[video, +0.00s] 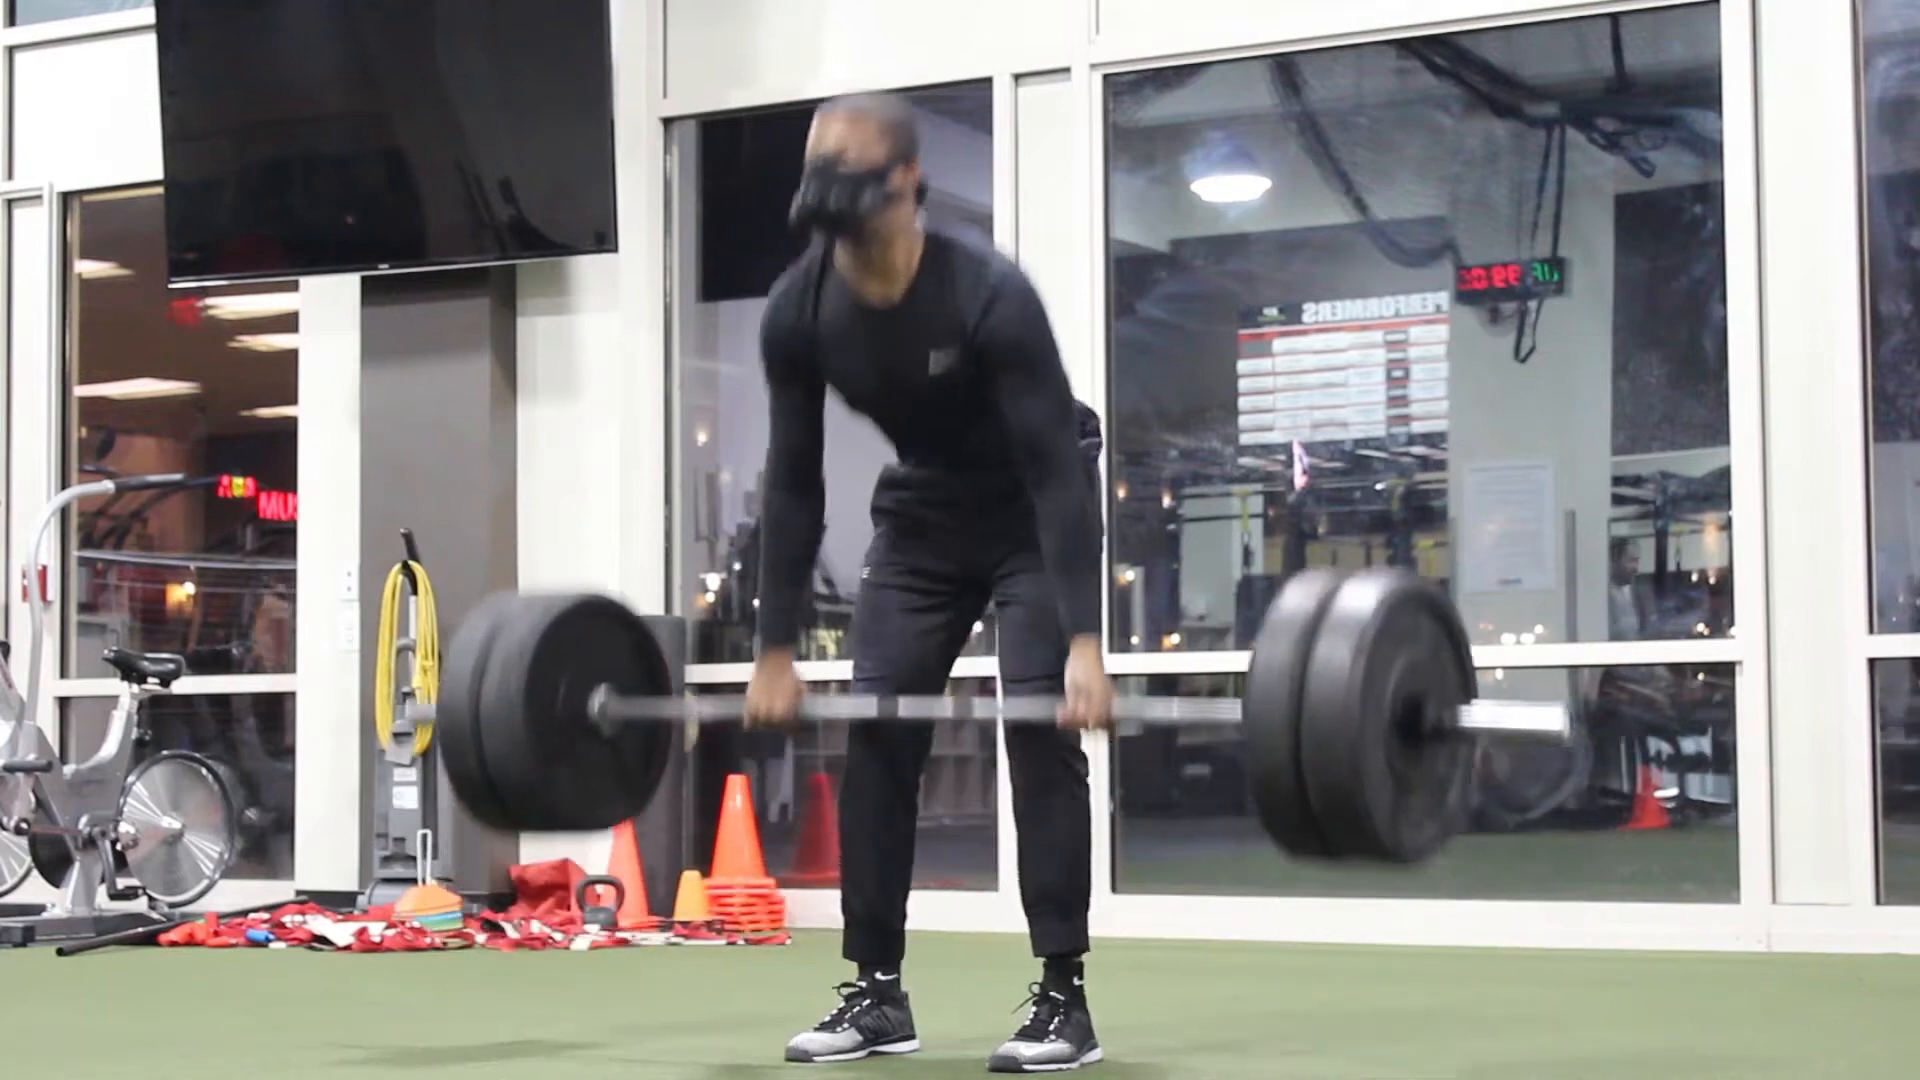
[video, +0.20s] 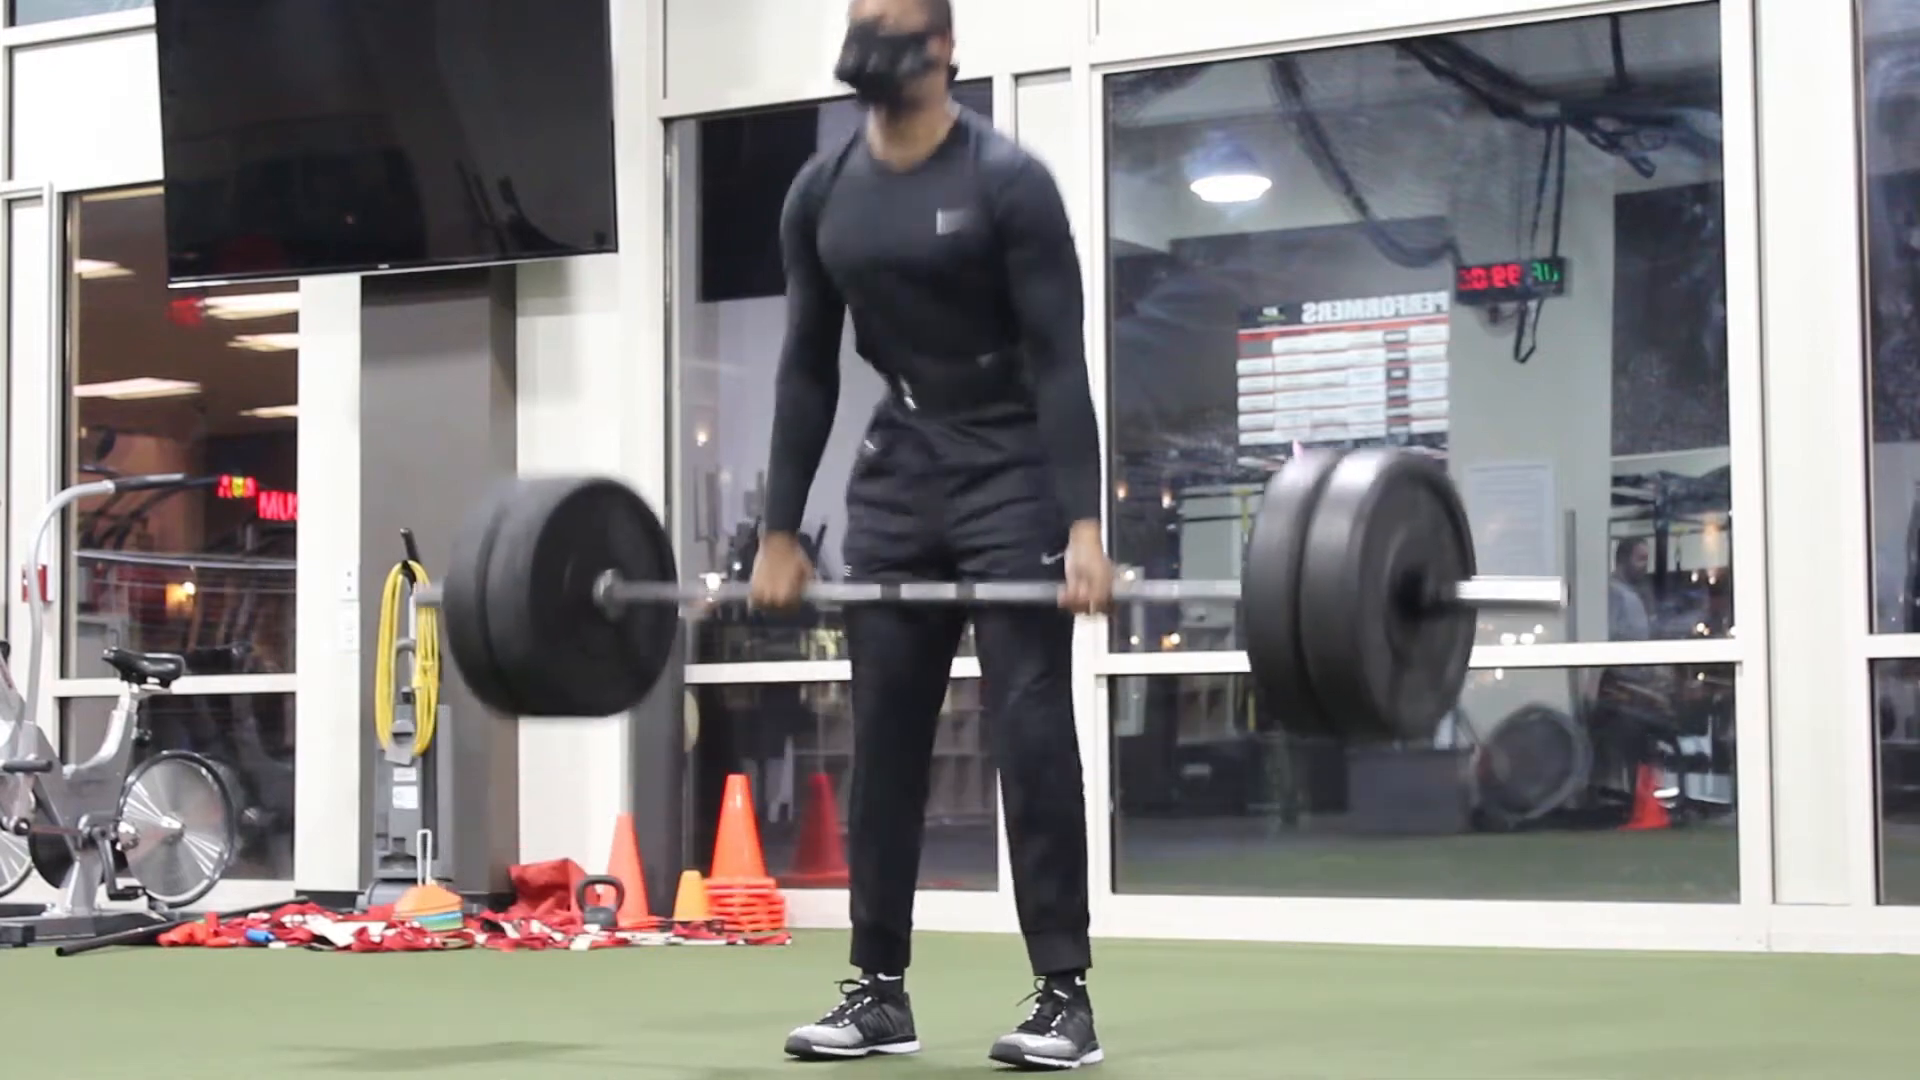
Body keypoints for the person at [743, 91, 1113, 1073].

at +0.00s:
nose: (822, 192)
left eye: (845, 175)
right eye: (813, 174)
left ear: (907, 179)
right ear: (804, 178)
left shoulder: (990, 294)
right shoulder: (798, 311)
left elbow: (1057, 464)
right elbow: (792, 478)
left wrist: (1084, 642)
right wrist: (777, 645)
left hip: (1040, 502)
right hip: (923, 506)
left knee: (1038, 726)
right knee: (878, 724)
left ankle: (1061, 999)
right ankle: (877, 993)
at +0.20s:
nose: (873, 30)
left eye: (896, 17)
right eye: (862, 18)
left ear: (946, 46)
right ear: (846, 51)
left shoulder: (1011, 181)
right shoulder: (820, 193)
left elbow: (1060, 359)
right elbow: (807, 367)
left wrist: (1085, 520)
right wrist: (781, 525)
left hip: (1016, 467)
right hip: (898, 465)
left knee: (1031, 734)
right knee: (885, 734)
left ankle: (1062, 997)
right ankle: (879, 993)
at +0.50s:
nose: (882, 79)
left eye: (905, 62)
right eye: (868, 61)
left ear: (948, 75)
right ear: (848, 78)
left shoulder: (1015, 208)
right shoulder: (826, 218)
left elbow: (1051, 393)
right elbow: (802, 397)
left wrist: (1071, 558)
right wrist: (769, 559)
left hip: (1023, 492)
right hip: (905, 491)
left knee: (1020, 722)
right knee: (867, 726)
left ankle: (1060, 1002)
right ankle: (874, 997)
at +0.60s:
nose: (850, 145)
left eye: (871, 129)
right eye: (840, 127)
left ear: (927, 133)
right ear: (829, 134)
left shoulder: (1002, 261)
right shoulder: (813, 273)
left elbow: (1050, 448)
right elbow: (793, 448)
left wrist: (1071, 621)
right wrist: (766, 618)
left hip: (1040, 496)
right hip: (926, 504)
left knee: (1044, 717)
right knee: (877, 716)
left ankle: (1064, 998)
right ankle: (874, 994)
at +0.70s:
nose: (822, 217)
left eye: (846, 200)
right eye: (815, 198)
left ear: (909, 208)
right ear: (806, 203)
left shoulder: (993, 326)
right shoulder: (804, 345)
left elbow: (1049, 514)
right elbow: (788, 518)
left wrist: (1067, 691)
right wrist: (757, 688)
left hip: (1054, 512)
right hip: (938, 524)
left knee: (1053, 740)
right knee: (859, 724)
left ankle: (1064, 999)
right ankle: (875, 993)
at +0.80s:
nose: (814, 291)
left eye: (838, 274)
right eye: (806, 273)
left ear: (899, 285)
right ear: (793, 279)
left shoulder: (987, 390)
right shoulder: (797, 417)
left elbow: (1050, 581)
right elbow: (783, 589)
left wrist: (1070, 762)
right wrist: (756, 763)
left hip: (1052, 533)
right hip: (936, 548)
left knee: (1031, 729)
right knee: (841, 729)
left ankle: (1062, 1000)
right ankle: (873, 996)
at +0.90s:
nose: (804, 372)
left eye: (827, 354)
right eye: (796, 352)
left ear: (885, 360)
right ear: (787, 353)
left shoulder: (981, 455)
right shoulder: (789, 486)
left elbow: (1049, 650)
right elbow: (776, 659)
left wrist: (1073, 828)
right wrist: (762, 829)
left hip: (1051, 561)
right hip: (932, 581)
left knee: (1004, 730)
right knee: (823, 737)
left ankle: (1058, 1002)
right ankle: (872, 997)